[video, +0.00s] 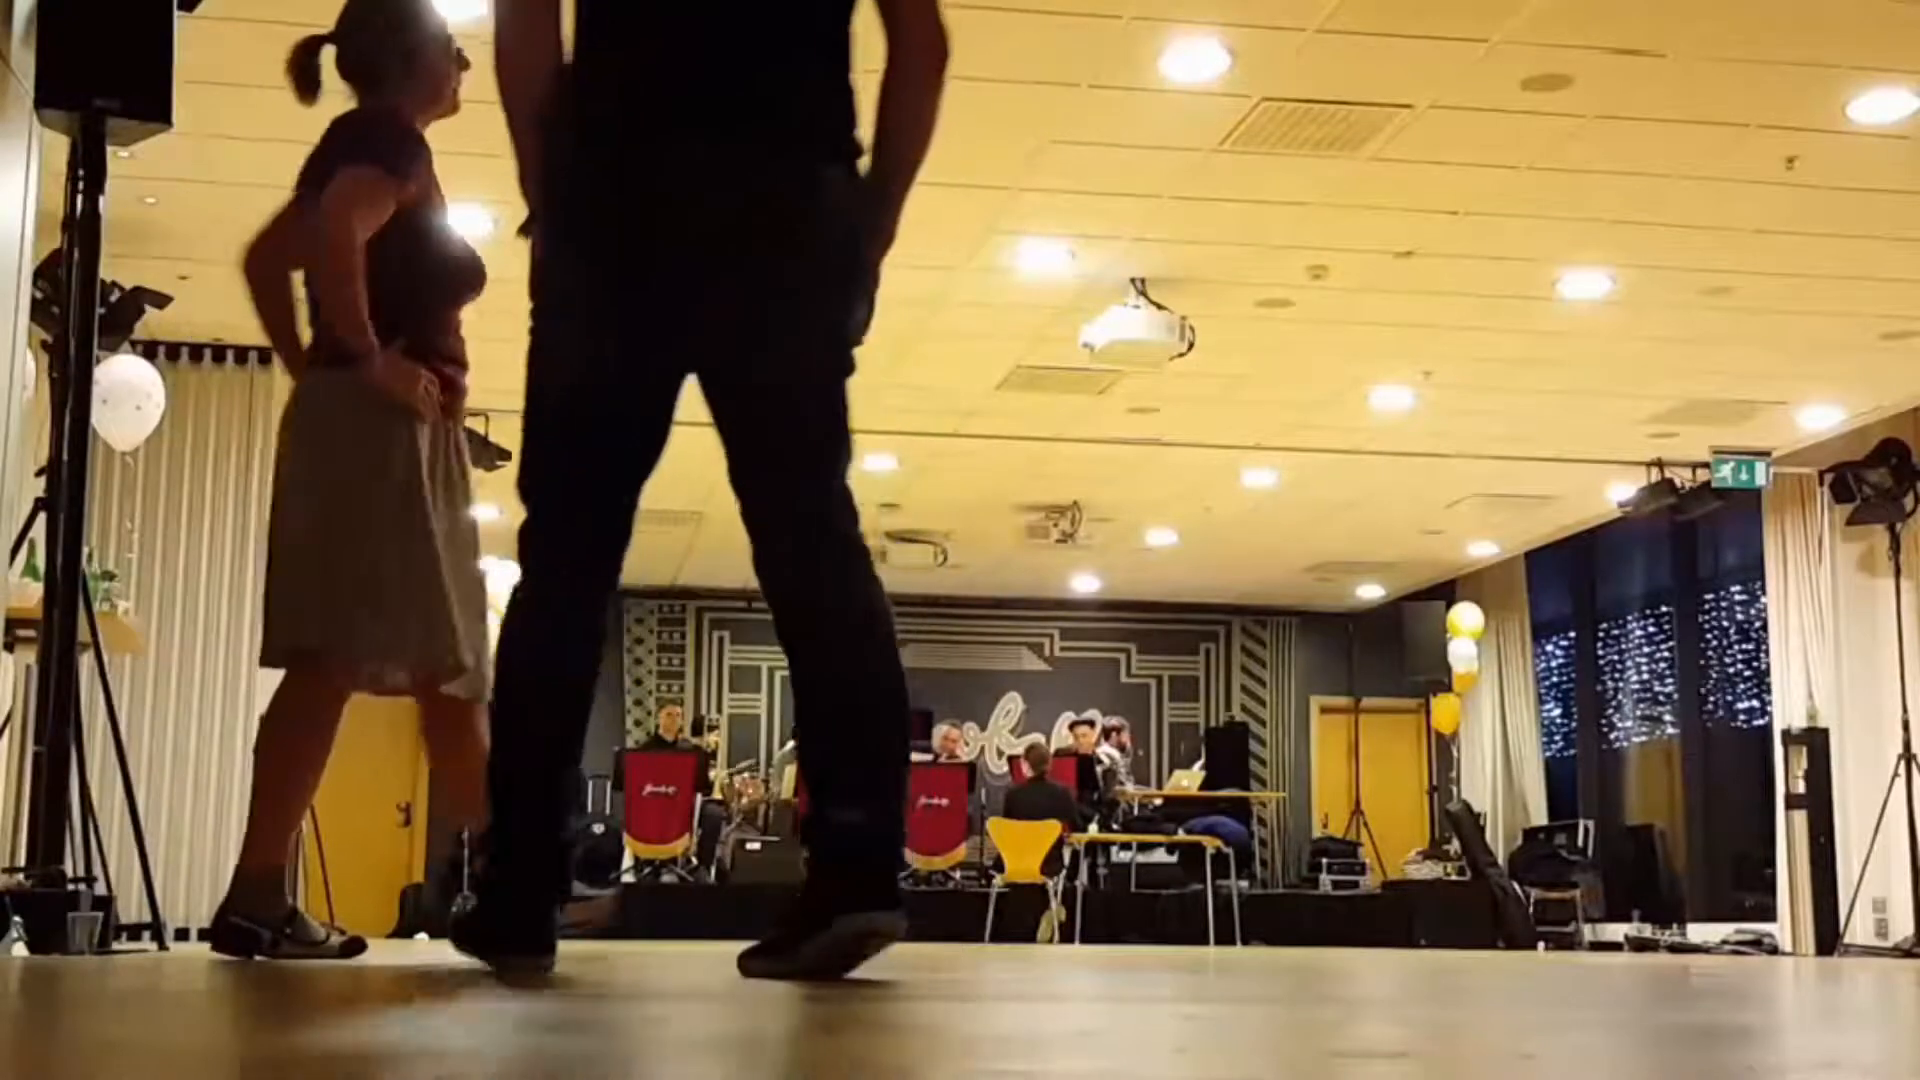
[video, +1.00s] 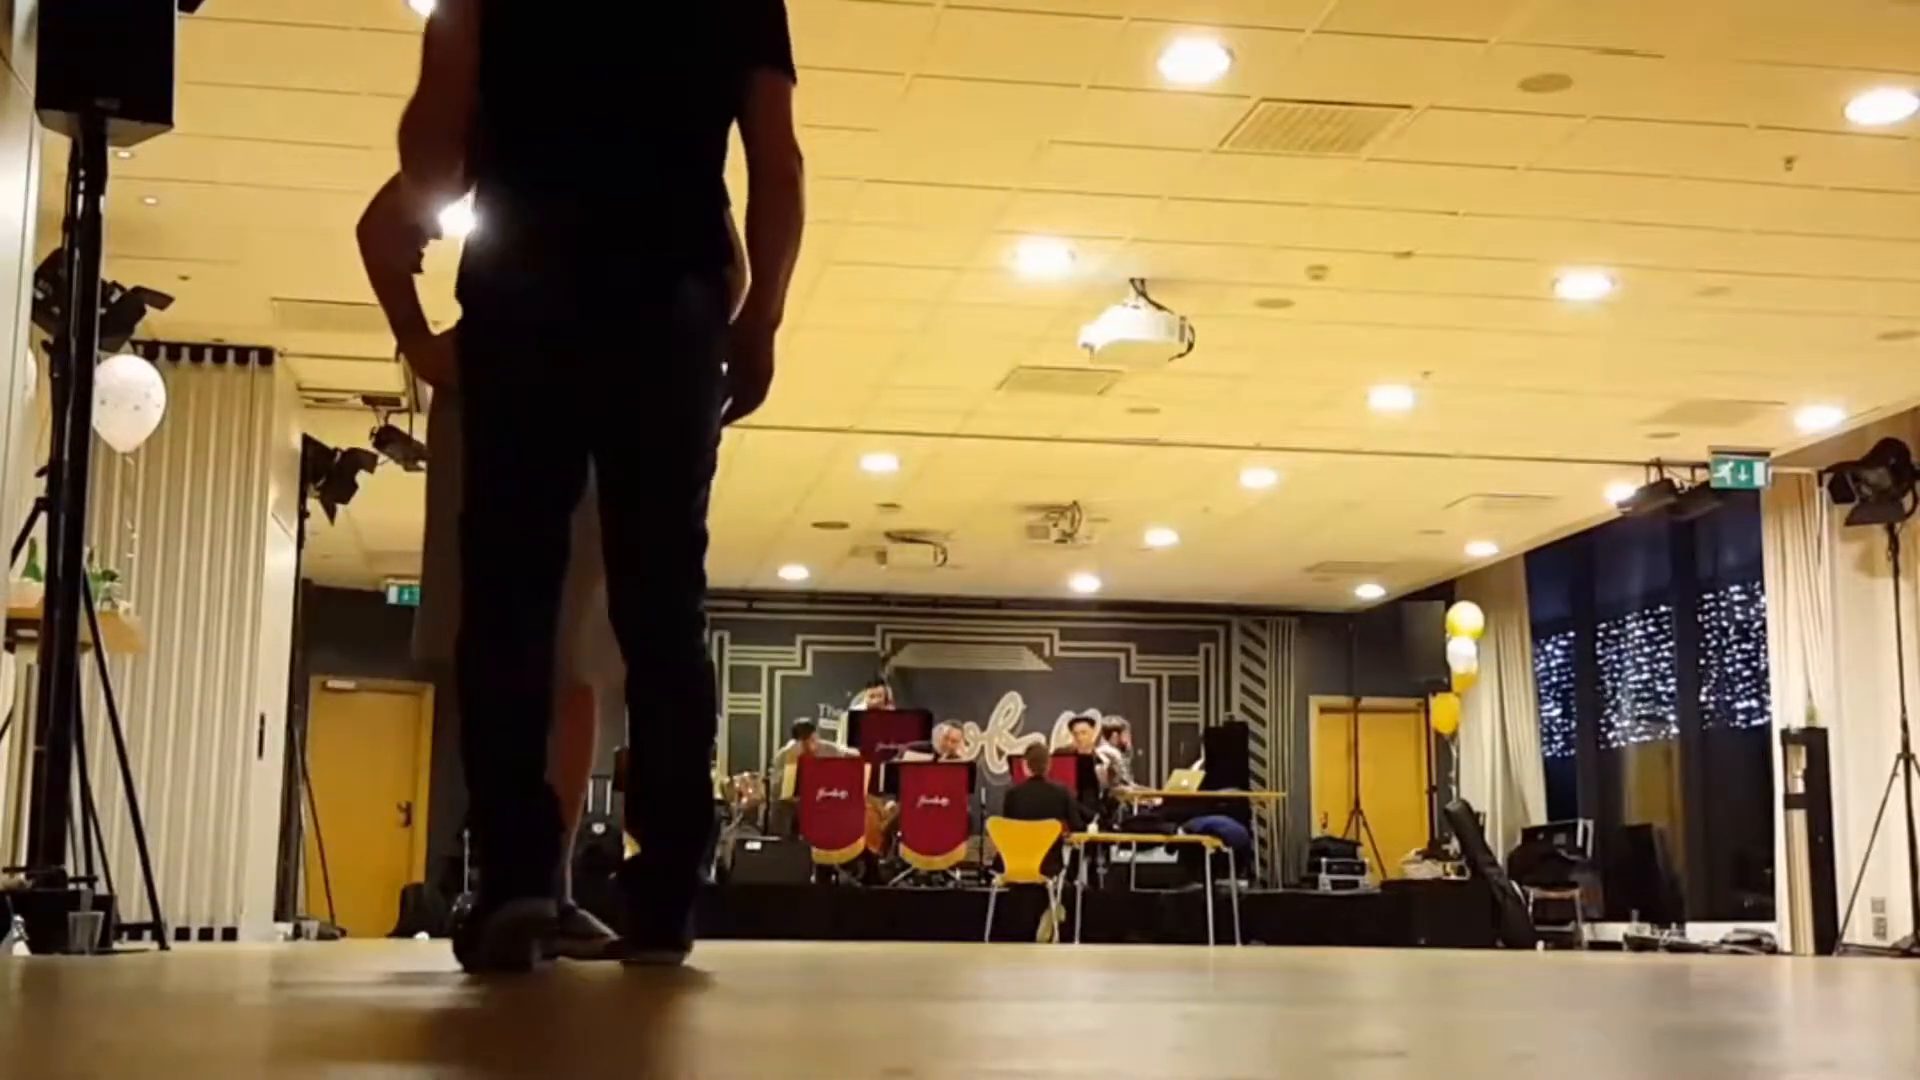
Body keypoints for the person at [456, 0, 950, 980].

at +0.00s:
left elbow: (525, 38)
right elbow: (921, 42)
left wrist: (551, 201)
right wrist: (874, 229)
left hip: (614, 214)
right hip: (790, 214)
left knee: (566, 561)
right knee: (812, 546)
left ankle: (519, 897)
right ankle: (860, 876)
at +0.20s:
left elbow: (455, 56)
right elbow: (847, 56)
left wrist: (455, 226)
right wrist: (816, 246)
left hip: (547, 227)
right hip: (715, 226)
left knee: (521, 577)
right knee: (751, 540)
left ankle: (511, 899)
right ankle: (824, 800)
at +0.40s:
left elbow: (400, 40)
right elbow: (793, 77)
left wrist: (401, 213)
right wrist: (772, 258)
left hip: (510, 261)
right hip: (674, 261)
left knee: (503, 590)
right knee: (705, 567)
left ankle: (512, 902)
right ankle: (742, 837)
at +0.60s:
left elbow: (384, 77)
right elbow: (768, 100)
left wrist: (372, 204)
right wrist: (753, 272)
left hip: (503, 271)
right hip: (663, 272)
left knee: (500, 593)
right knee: (676, 593)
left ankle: (513, 908)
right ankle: (697, 912)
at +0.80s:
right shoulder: (732, 9)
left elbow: (399, 93)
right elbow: (766, 136)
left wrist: (395, 194)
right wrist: (753, 296)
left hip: (506, 290)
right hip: (659, 294)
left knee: (503, 610)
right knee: (666, 610)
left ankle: (513, 906)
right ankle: (672, 903)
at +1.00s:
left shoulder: (473, 11)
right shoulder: (742, 13)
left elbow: (431, 151)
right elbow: (778, 162)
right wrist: (763, 321)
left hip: (522, 314)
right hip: (670, 315)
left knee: (506, 609)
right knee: (664, 611)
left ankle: (517, 890)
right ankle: (665, 898)